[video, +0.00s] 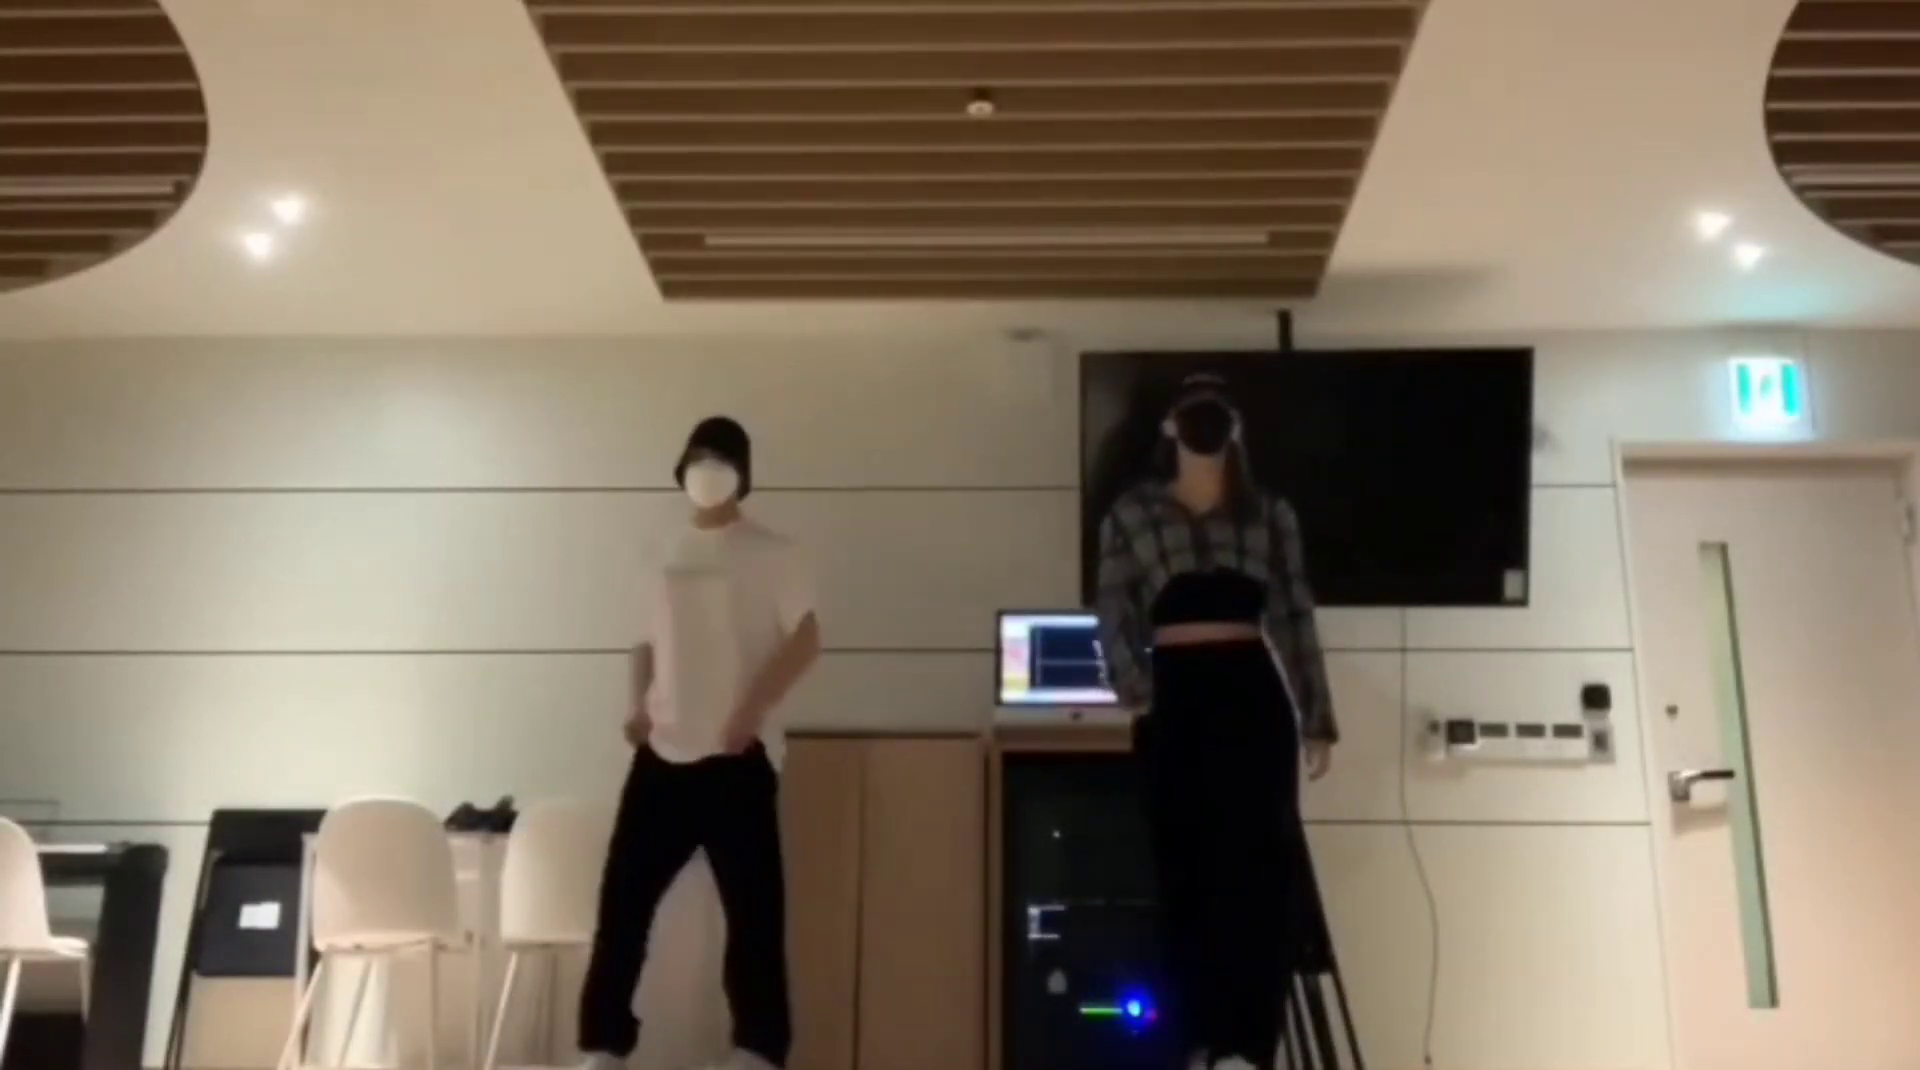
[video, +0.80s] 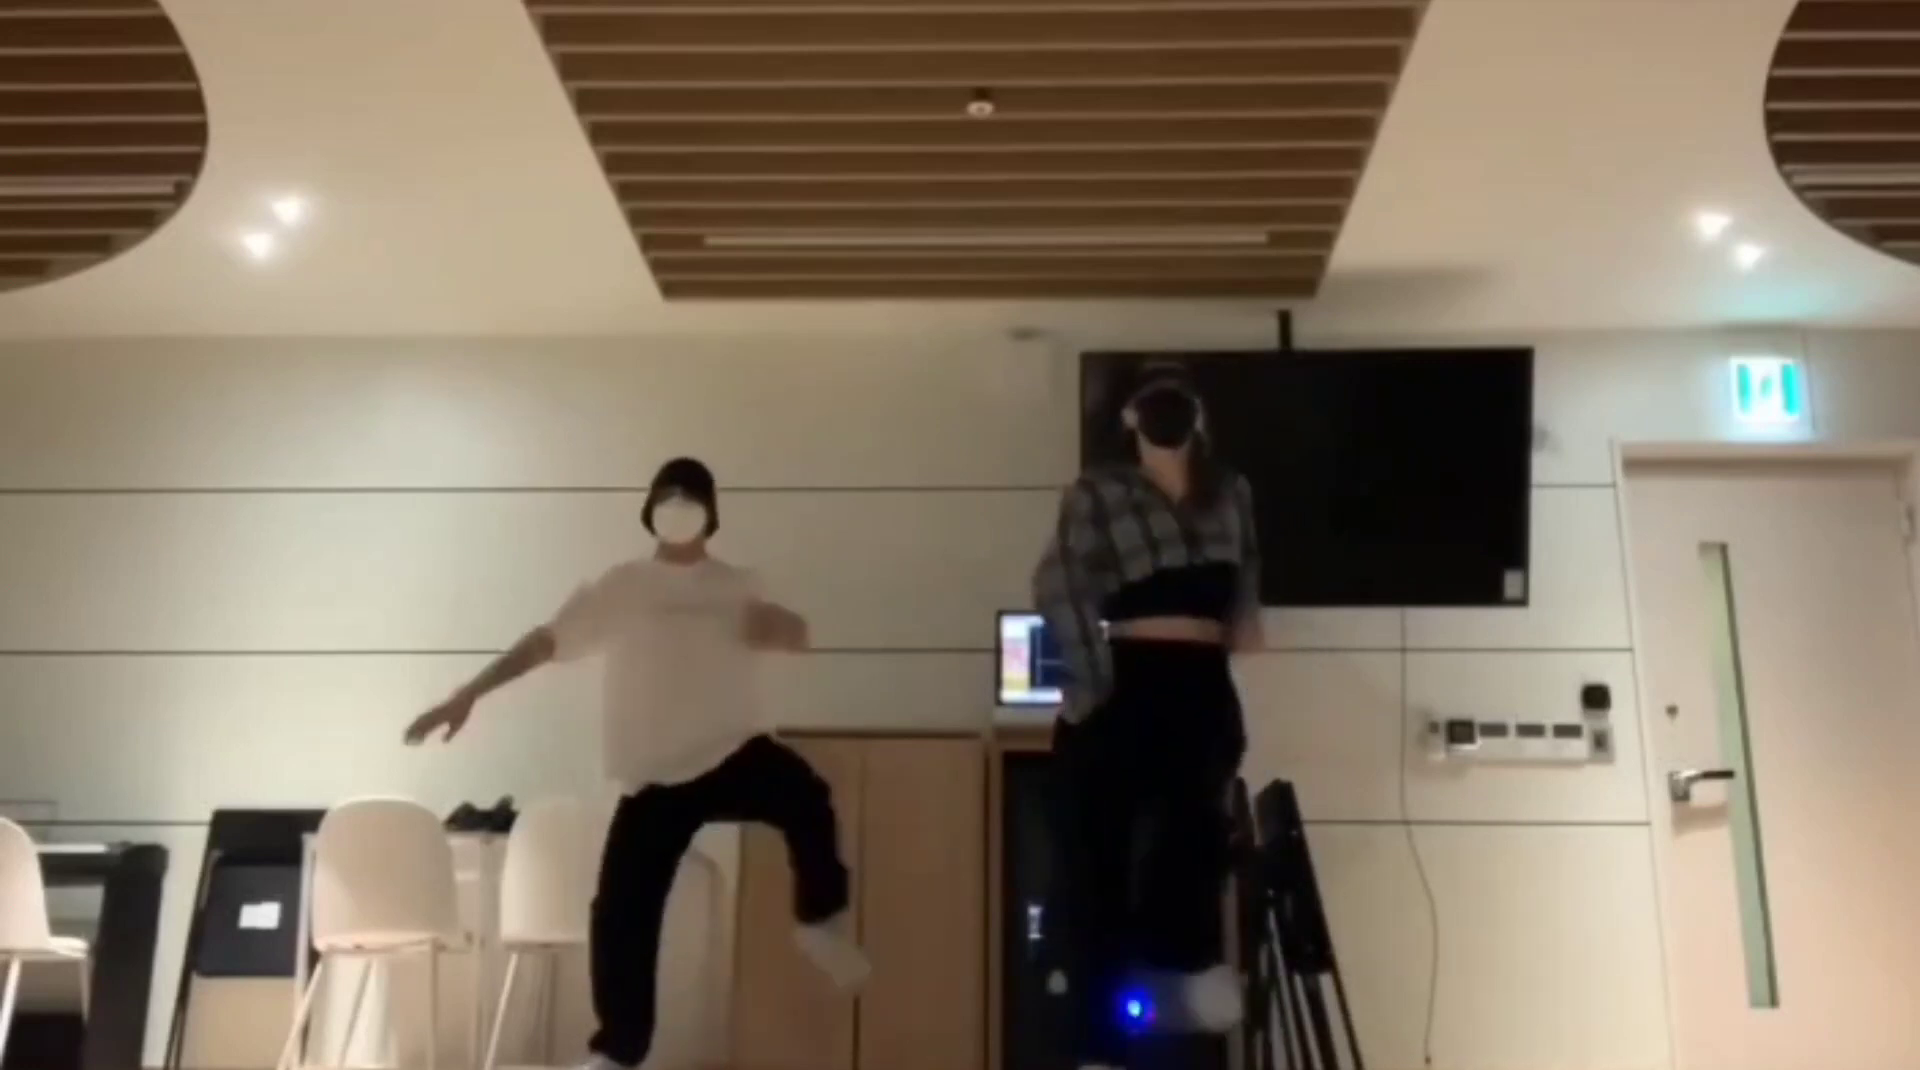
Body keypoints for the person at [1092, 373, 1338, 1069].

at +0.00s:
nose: (1207, 422)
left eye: (1218, 410)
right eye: (1193, 411)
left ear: (1237, 428)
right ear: (1169, 428)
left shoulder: (1270, 514)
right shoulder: (1132, 515)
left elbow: (1295, 618)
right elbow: (1112, 611)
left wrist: (1316, 713)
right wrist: (1135, 690)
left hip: (1255, 702)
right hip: (1176, 704)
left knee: (1259, 867)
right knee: (1187, 868)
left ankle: (1251, 1040)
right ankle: (1197, 1037)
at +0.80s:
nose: (1169, 410)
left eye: (1181, 397)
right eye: (1153, 399)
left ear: (1201, 413)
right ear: (1129, 417)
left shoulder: (1228, 494)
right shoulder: (1096, 493)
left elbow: (1244, 586)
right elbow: (1056, 585)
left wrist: (1237, 634)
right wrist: (1085, 678)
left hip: (1202, 689)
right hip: (1123, 688)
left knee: (1194, 829)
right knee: (1108, 839)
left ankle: (1186, 971)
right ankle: (1100, 993)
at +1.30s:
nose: (1200, 413)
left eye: (1210, 401)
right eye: (1193, 401)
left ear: (1225, 418)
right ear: (1174, 418)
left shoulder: (1251, 476)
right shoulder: (1149, 498)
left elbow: (1338, 467)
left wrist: (1455, 451)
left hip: (1260, 683)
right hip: (1183, 702)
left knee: (1358, 860)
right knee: (1121, 865)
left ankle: (1447, 1050)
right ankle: (1083, 1041)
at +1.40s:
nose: (1218, 403)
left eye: (1233, 391)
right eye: (1207, 393)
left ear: (1252, 412)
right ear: (1189, 413)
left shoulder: (1264, 474)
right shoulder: (1174, 494)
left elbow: (1298, 417)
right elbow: (1175, 607)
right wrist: (1157, 675)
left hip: (1263, 674)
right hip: (1185, 687)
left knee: (1347, 856)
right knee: (1134, 861)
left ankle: (1449, 1040)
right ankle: (1084, 1036)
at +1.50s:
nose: (1213, 417)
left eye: (1228, 400)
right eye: (1207, 403)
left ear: (1253, 407)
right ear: (1199, 412)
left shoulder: (1276, 476)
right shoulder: (1185, 490)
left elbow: (1269, 418)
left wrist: (1290, 355)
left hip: (1264, 674)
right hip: (1185, 686)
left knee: (1343, 856)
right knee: (1136, 867)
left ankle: (1451, 1039)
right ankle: (1092, 1044)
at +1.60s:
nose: (1217, 426)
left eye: (1230, 413)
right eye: (1213, 415)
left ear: (1265, 416)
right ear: (1214, 424)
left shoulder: (1297, 463)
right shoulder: (1206, 487)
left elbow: (1254, 398)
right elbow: (1195, 604)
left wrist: (1203, 309)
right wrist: (1165, 686)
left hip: (1272, 671)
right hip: (1191, 679)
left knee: (1343, 865)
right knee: (1143, 870)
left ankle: (1453, 1045)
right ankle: (1093, 1047)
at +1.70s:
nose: (1232, 429)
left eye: (1245, 413)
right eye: (1226, 416)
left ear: (1281, 412)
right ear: (1223, 424)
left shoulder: (1308, 457)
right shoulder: (1217, 482)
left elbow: (1238, 392)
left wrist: (1184, 309)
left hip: (1278, 670)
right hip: (1197, 674)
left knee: (1343, 866)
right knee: (1147, 867)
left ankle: (1453, 1046)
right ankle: (1097, 1047)